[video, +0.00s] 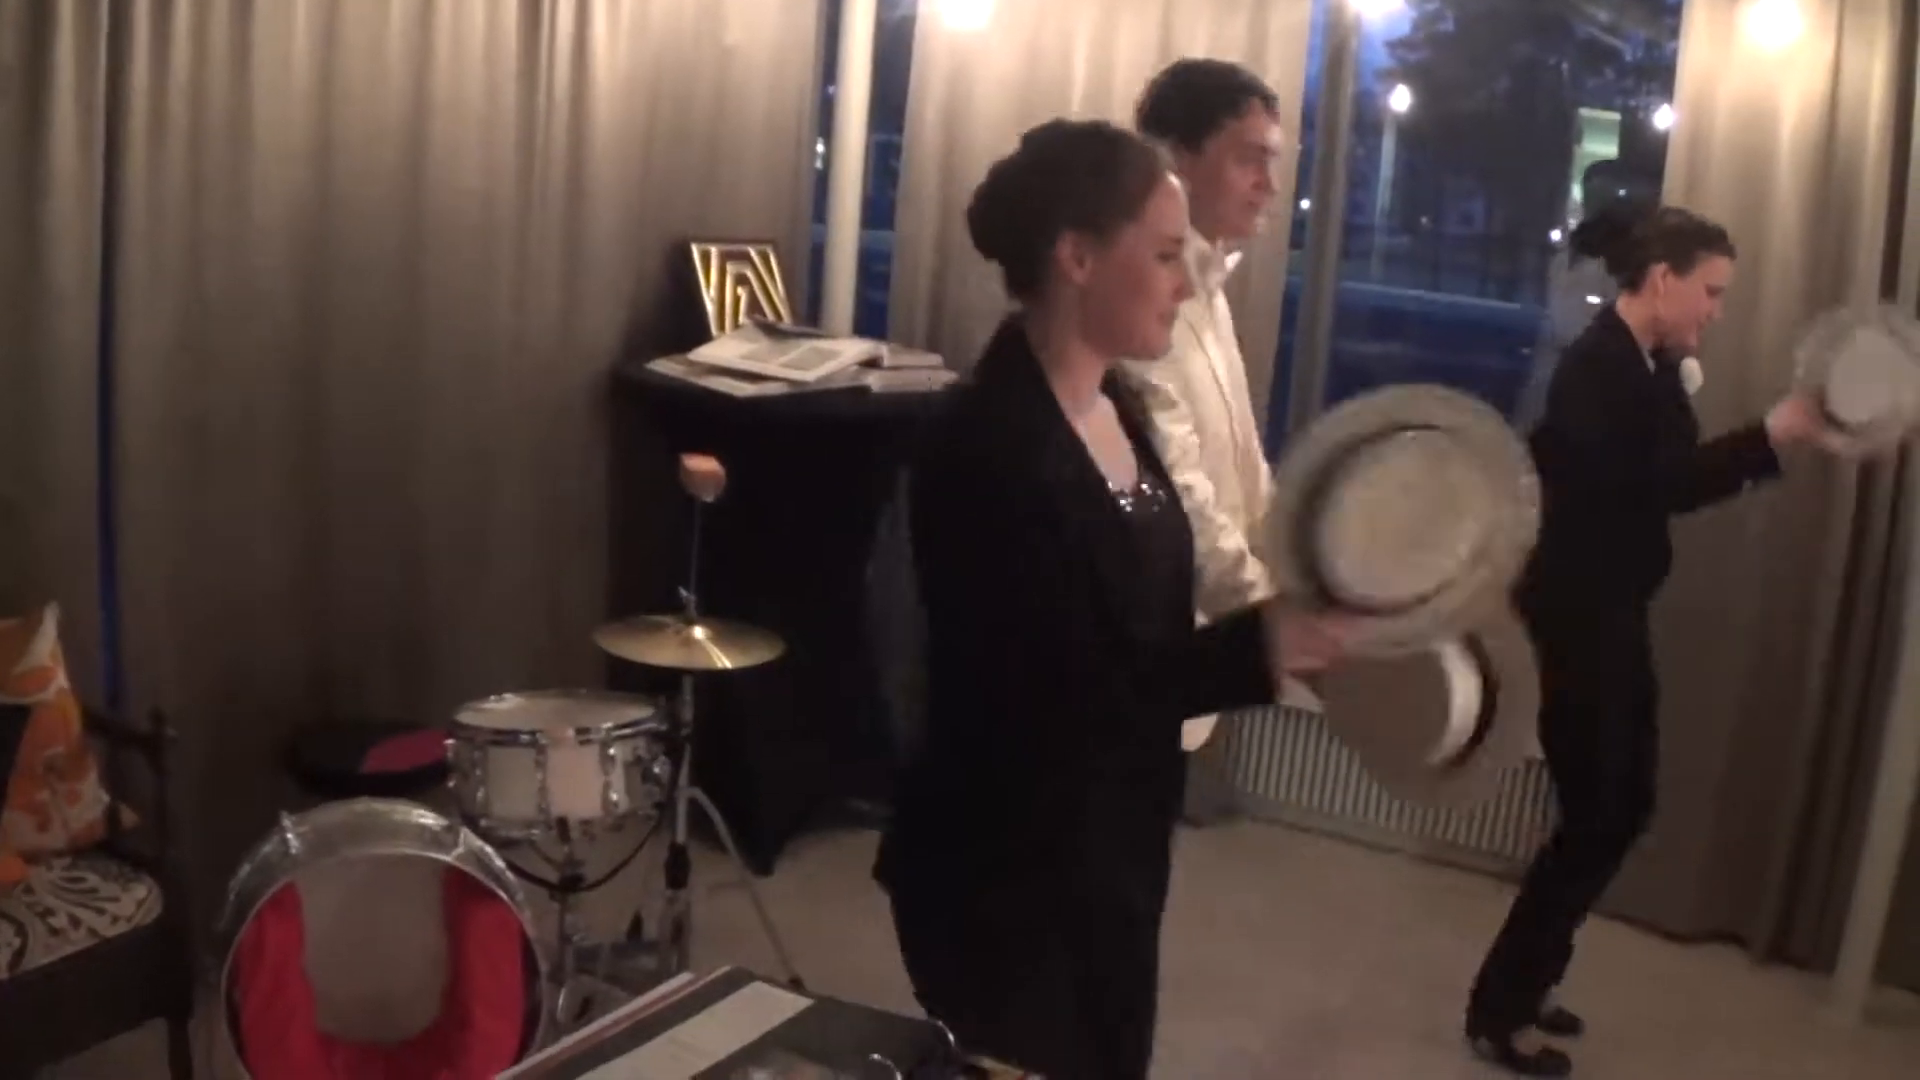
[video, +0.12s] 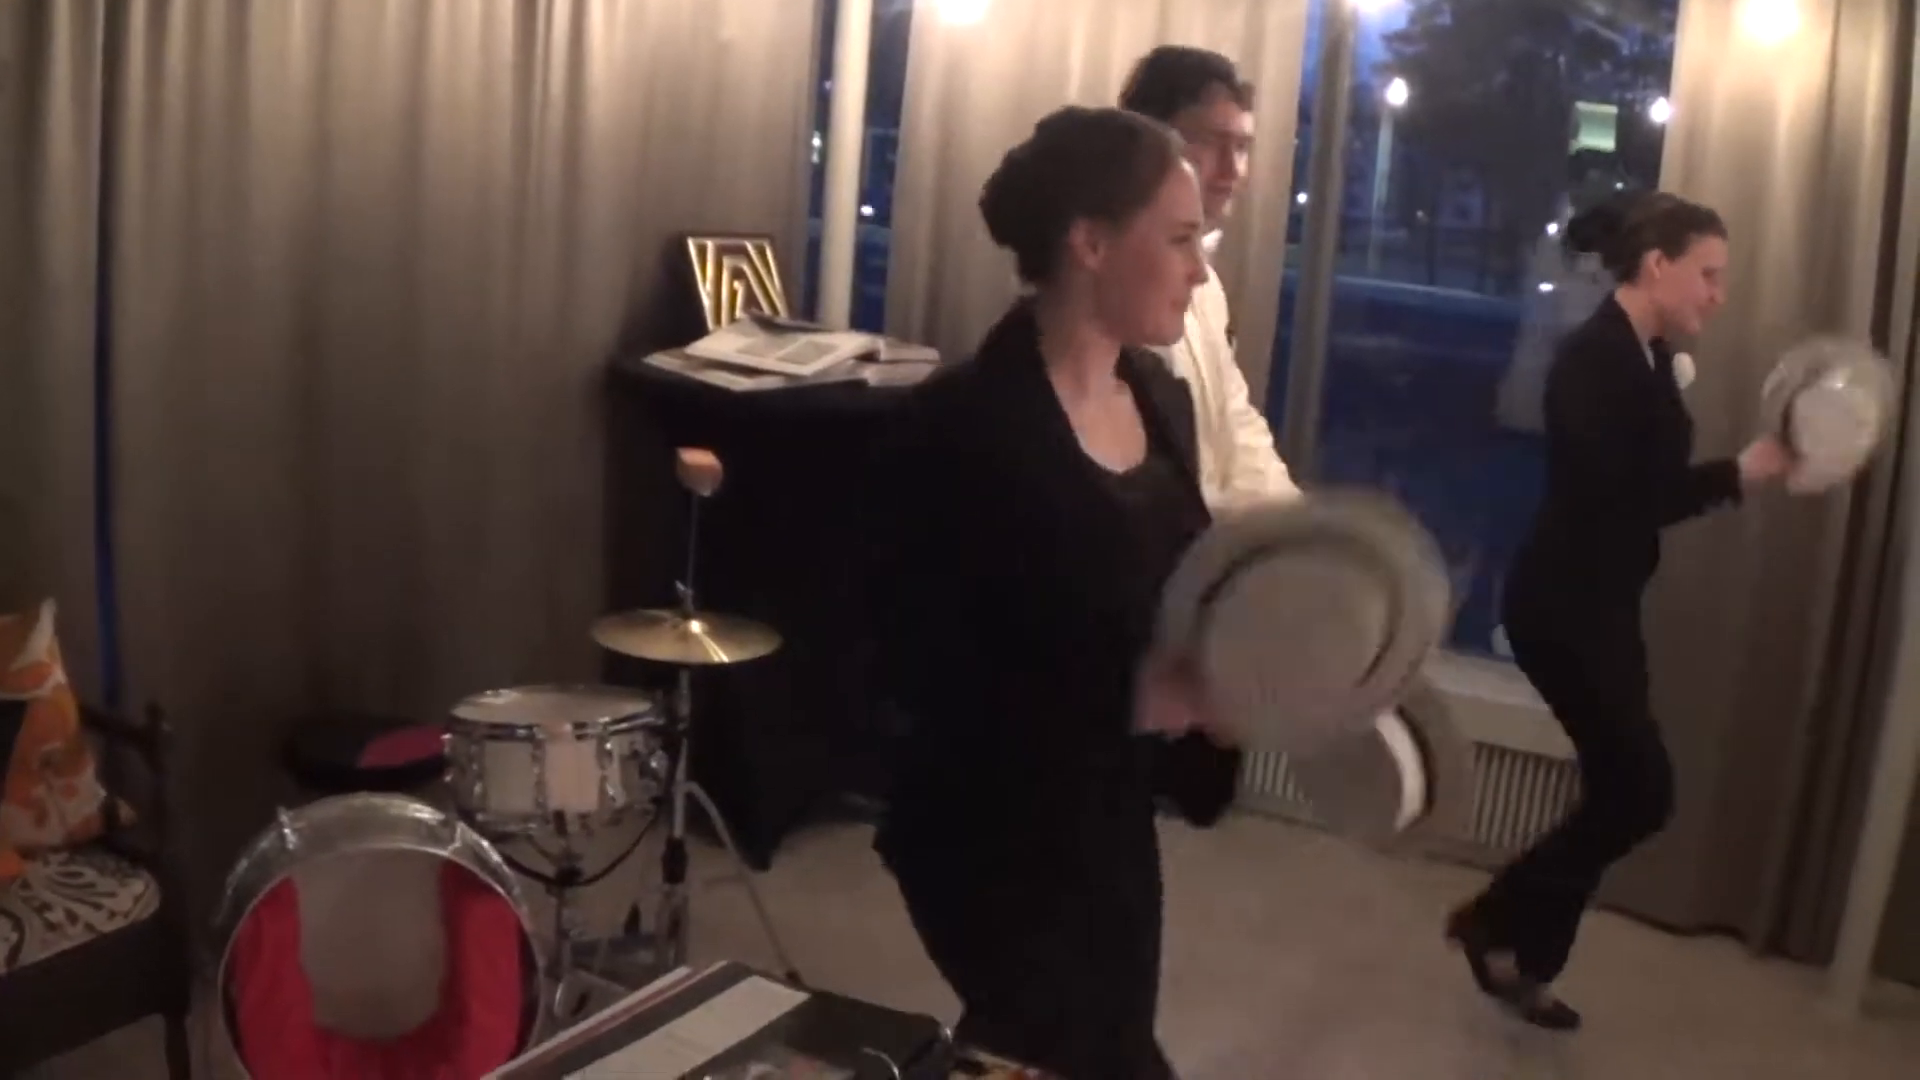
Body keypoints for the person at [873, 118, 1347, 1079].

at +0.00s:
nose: (1187, 285)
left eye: (1183, 258)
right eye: (1165, 257)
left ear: (1088, 262)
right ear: (1075, 260)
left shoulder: (1116, 409)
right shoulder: (984, 445)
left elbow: (1147, 644)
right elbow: (1060, 698)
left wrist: (1289, 622)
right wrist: (1256, 650)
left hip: (1111, 856)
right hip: (1003, 877)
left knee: (1113, 1061)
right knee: (1032, 1068)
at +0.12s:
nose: (1203, 269)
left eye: (1201, 242)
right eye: (1182, 240)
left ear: (1102, 247)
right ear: (1088, 244)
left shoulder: (1153, 400)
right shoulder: (953, 433)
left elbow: (1191, 599)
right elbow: (938, 693)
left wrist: (1292, 664)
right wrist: (1131, 699)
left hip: (1112, 817)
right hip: (985, 834)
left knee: (1119, 1052)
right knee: (1068, 1054)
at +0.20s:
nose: (1203, 268)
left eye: (1202, 240)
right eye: (1184, 239)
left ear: (1109, 244)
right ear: (1093, 243)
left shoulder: (1173, 399)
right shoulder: (946, 418)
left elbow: (1210, 591)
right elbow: (884, 656)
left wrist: (1271, 671)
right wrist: (1029, 779)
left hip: (1127, 808)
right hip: (976, 831)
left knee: (1110, 1048)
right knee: (1091, 1052)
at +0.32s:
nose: (1204, 297)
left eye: (1200, 268)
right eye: (1183, 267)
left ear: (1109, 273)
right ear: (1093, 271)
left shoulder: (1185, 435)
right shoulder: (942, 441)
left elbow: (1212, 636)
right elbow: (844, 664)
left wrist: (1259, 776)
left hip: (1124, 877)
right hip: (965, 877)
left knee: (1131, 1064)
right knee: (957, 1063)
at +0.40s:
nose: (1205, 303)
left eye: (1202, 273)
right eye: (1184, 272)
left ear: (1110, 280)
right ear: (1093, 277)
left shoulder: (1196, 440)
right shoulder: (944, 438)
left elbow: (1279, 598)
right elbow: (840, 626)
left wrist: (1359, 755)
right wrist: (874, 783)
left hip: (1130, 872)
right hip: (973, 875)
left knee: (1134, 1064)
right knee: (988, 1065)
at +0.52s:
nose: (1213, 278)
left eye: (1214, 250)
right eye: (1192, 251)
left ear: (1143, 258)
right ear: (1094, 256)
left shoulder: (1218, 401)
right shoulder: (932, 395)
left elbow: (1404, 475)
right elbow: (775, 502)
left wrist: (1607, 551)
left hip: (1115, 853)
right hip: (951, 849)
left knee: (1131, 1068)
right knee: (947, 1072)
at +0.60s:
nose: (1219, 297)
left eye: (1219, 266)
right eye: (1199, 264)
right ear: (1101, 264)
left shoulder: (1228, 401)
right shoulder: (928, 388)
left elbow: (1415, 422)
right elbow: (769, 470)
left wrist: (1641, 416)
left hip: (1098, 837)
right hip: (938, 839)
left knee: (1206, 1063)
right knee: (953, 1069)